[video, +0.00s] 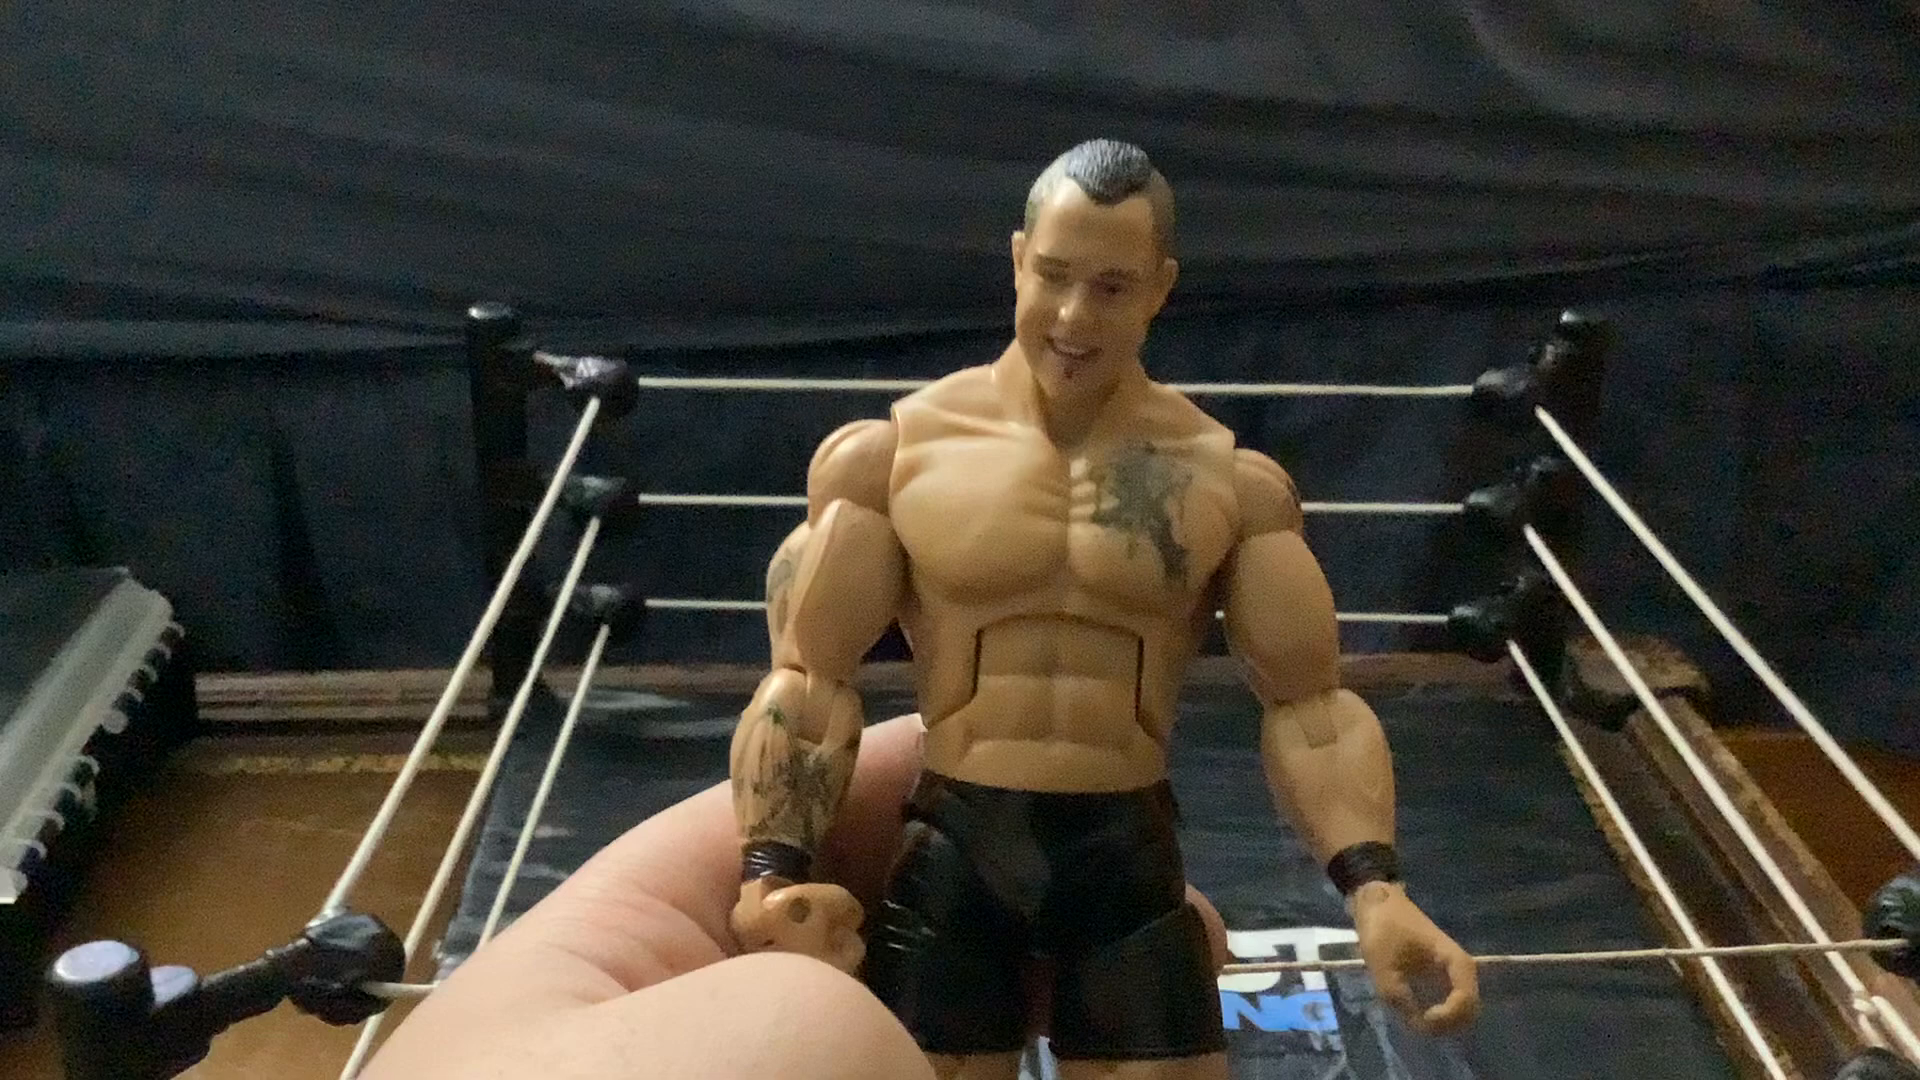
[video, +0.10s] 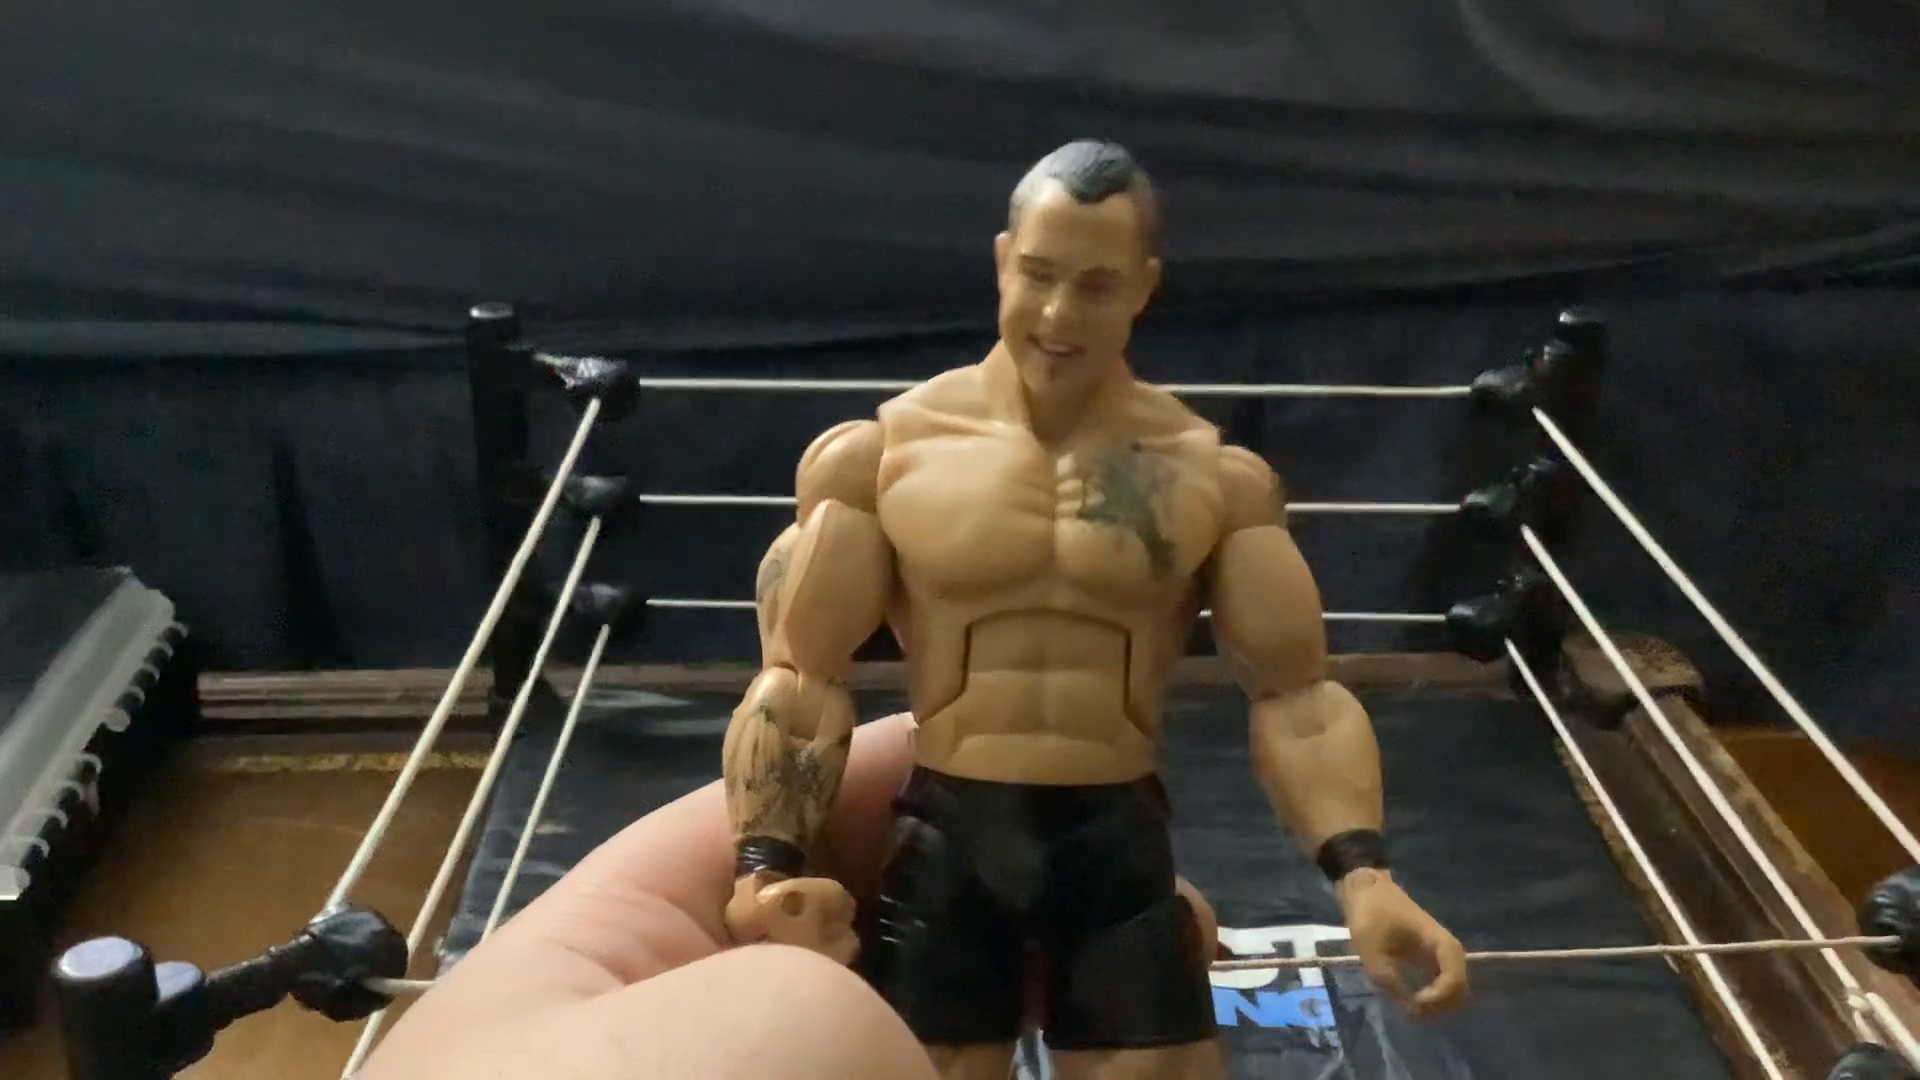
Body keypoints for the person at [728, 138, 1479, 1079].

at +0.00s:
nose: (1075, 315)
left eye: (1112, 286)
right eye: (1053, 275)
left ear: (1163, 289)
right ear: (1016, 261)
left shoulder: (1230, 479)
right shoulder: (889, 453)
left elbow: (1310, 702)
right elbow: (809, 677)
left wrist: (1375, 887)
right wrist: (771, 870)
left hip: (1130, 872)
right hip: (953, 871)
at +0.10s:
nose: (1059, 313)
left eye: (1097, 284)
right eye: (1038, 275)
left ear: (1147, 287)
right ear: (1000, 263)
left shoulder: (1214, 475)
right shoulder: (877, 452)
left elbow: (1297, 696)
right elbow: (801, 675)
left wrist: (1365, 879)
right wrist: (767, 862)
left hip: (1121, 867)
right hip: (948, 867)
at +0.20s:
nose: (1057, 312)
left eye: (1093, 284)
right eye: (1036, 275)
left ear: (1143, 287)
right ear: (999, 264)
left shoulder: (1213, 476)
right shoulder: (874, 455)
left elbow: (1298, 696)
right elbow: (800, 679)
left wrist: (1367, 879)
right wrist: (767, 867)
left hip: (1123, 871)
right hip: (947, 870)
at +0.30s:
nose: (1065, 314)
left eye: (1100, 286)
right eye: (1043, 277)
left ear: (1149, 290)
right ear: (1006, 267)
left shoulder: (1218, 480)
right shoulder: (882, 458)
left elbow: (1303, 699)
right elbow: (805, 679)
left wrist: (1372, 879)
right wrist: (771, 869)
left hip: (1128, 871)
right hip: (951, 870)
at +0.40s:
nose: (1064, 319)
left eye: (1100, 290)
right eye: (1043, 281)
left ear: (1149, 294)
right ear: (1006, 271)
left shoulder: (1217, 482)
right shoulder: (882, 461)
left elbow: (1304, 700)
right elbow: (808, 682)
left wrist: (1374, 883)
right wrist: (774, 872)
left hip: (1128, 874)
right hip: (954, 872)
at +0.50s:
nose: (1071, 326)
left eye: (1109, 296)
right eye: (1051, 286)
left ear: (1155, 297)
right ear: (1012, 275)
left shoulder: (1224, 488)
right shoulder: (887, 465)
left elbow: (1308, 707)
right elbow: (814, 688)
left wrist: (1381, 890)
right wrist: (779, 883)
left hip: (1133, 880)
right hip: (957, 878)